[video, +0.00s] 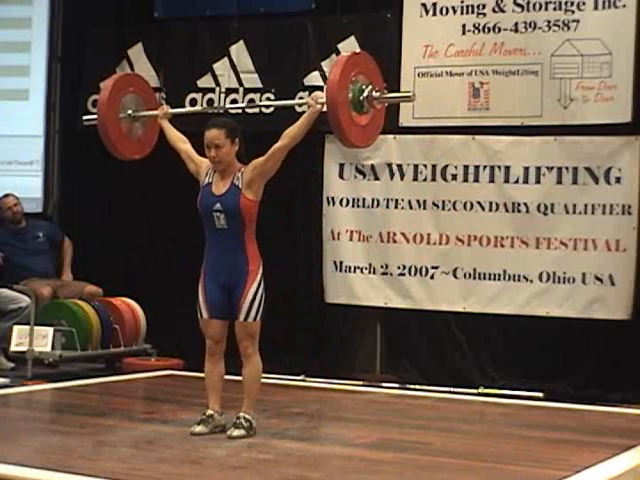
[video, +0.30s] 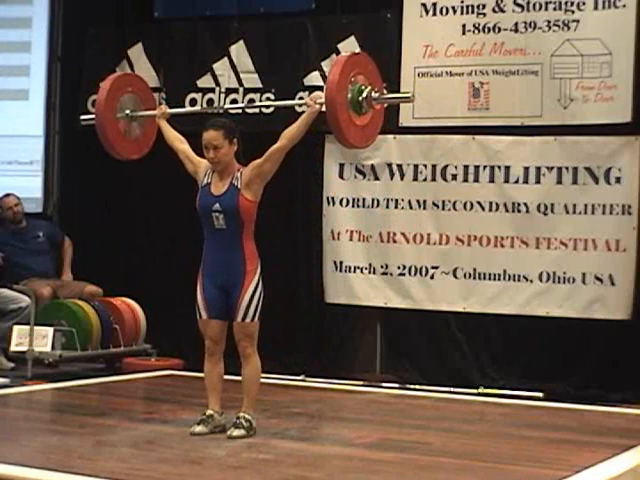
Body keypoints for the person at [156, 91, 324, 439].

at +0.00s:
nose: (211, 153)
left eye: (217, 146)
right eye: (208, 147)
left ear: (235, 146)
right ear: (206, 149)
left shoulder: (252, 176)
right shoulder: (205, 172)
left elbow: (283, 144)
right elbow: (182, 147)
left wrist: (313, 111)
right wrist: (163, 120)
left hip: (247, 273)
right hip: (212, 272)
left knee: (247, 346)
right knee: (213, 346)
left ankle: (247, 416)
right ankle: (213, 413)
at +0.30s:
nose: (210, 154)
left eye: (215, 147)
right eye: (206, 148)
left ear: (234, 146)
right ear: (204, 149)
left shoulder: (251, 177)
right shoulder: (204, 173)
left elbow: (282, 145)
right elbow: (180, 147)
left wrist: (311, 111)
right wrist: (161, 120)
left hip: (245, 273)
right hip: (210, 273)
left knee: (246, 347)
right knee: (212, 347)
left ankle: (247, 416)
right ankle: (213, 413)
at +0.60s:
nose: (216, 149)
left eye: (223, 143)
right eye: (214, 144)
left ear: (241, 146)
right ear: (211, 148)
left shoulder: (257, 177)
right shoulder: (210, 175)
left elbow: (285, 147)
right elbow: (184, 148)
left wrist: (310, 111)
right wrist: (160, 121)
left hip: (253, 274)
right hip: (219, 272)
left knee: (250, 346)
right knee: (216, 345)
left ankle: (247, 416)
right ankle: (214, 412)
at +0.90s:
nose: (229, 165)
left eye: (234, 159)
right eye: (226, 159)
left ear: (251, 159)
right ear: (223, 161)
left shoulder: (270, 189)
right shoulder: (221, 190)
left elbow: (303, 202)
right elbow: (182, 197)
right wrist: (152, 179)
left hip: (280, 273)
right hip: (246, 273)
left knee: (263, 331)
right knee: (239, 336)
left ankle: (251, 402)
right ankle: (242, 400)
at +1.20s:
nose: (213, 252)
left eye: (219, 247)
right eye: (210, 246)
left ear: (236, 246)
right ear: (206, 247)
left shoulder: (259, 273)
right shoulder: (208, 276)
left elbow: (286, 315)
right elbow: (192, 310)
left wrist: (282, 350)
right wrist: (171, 341)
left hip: (288, 305)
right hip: (255, 303)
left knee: (259, 346)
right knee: (233, 348)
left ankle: (264, 410)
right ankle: (244, 405)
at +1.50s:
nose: (213, 243)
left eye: (219, 237)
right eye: (209, 237)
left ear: (236, 236)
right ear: (204, 239)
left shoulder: (259, 262)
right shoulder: (207, 266)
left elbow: (296, 289)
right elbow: (203, 286)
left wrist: (281, 300)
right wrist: (182, 303)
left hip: (281, 298)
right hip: (249, 298)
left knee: (260, 344)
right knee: (235, 348)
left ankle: (264, 410)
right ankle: (244, 405)